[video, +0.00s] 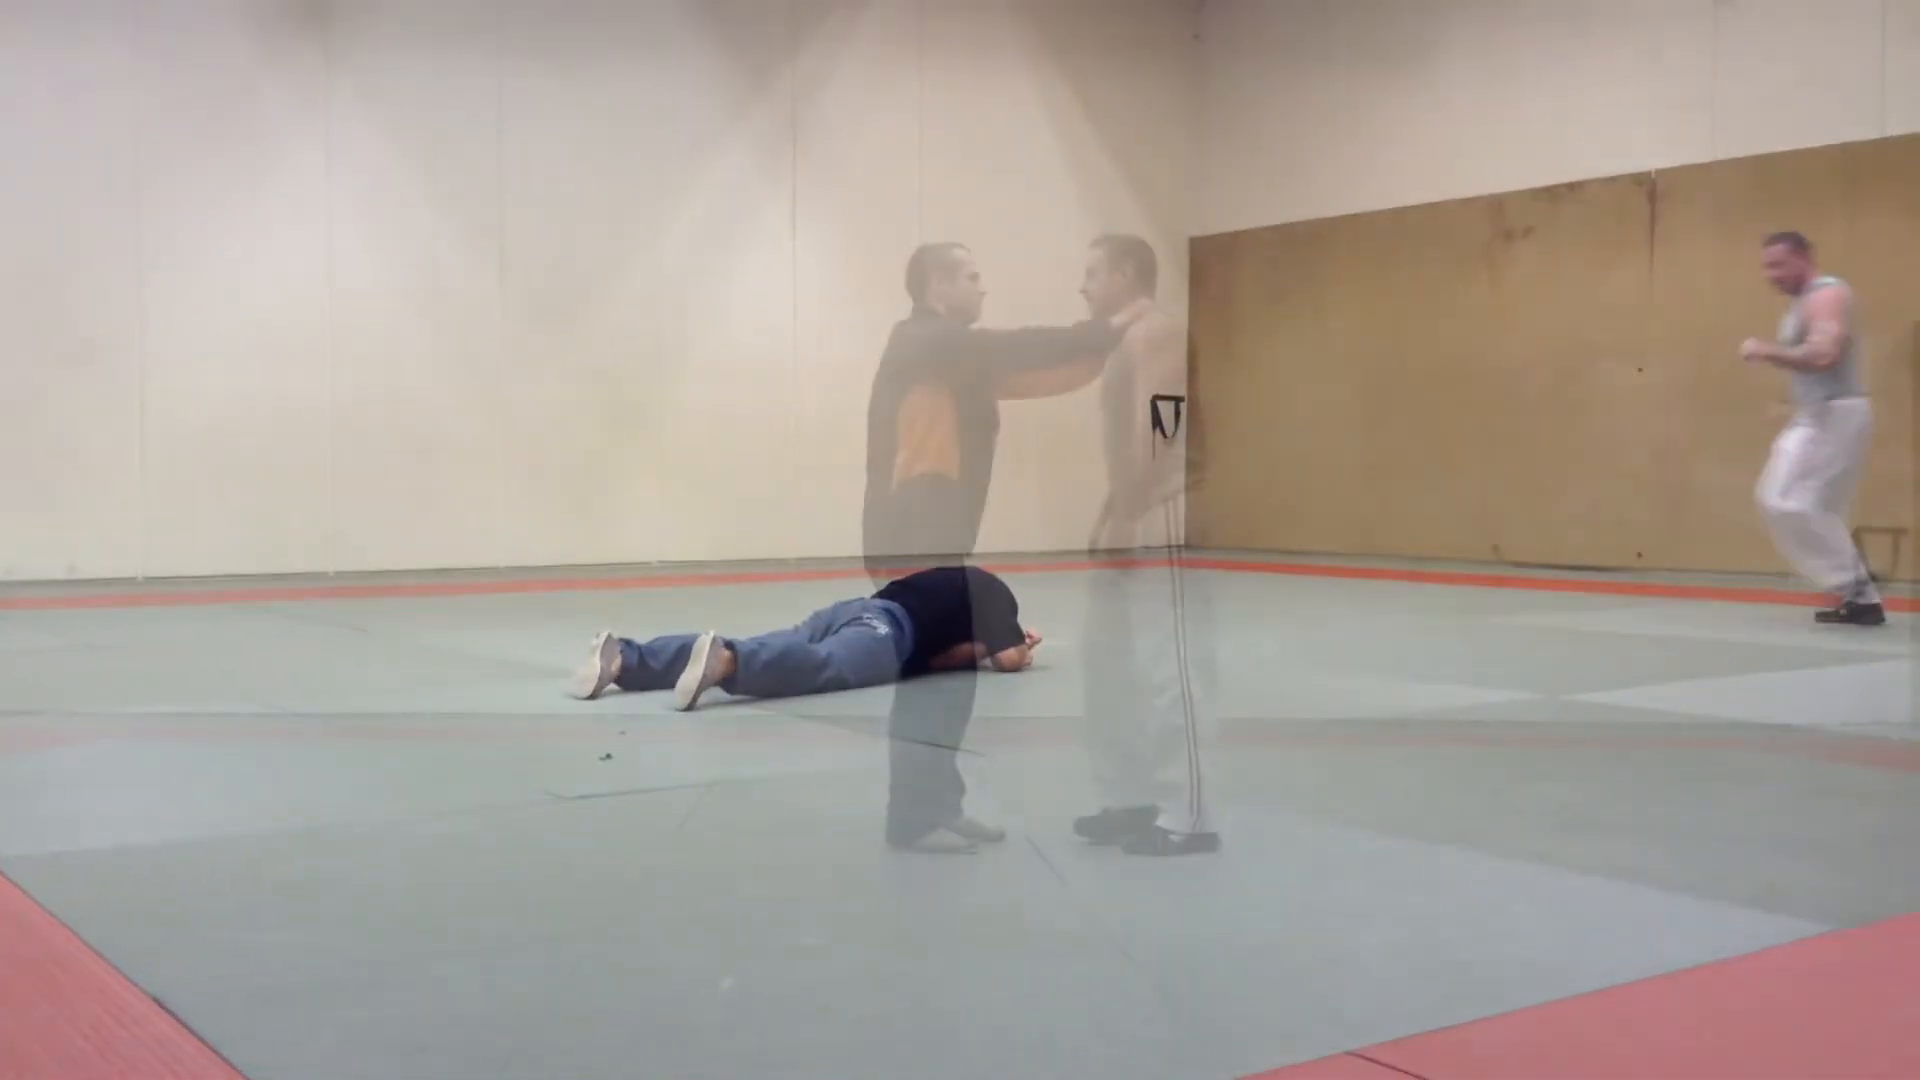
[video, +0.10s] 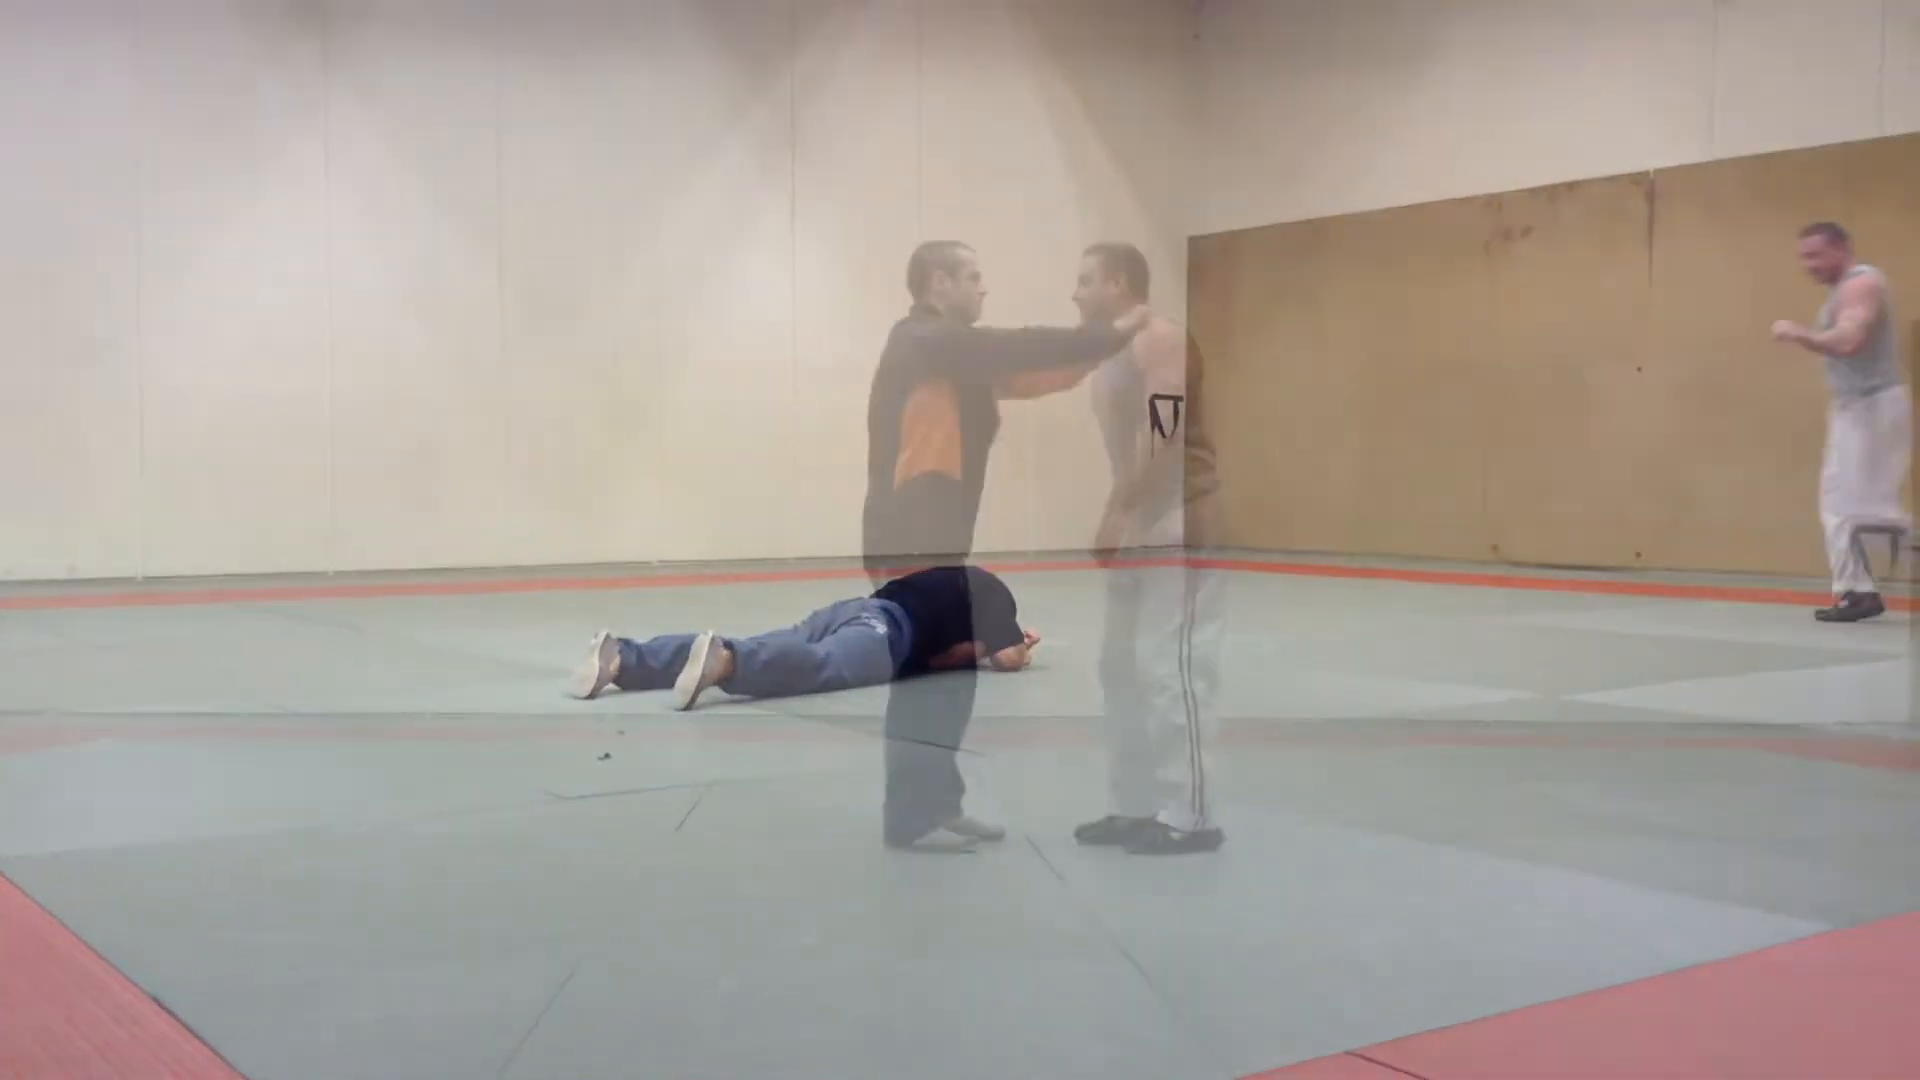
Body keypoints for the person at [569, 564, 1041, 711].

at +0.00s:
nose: (1015, 642)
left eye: (1013, 638)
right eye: (1015, 637)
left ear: (977, 597)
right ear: (1005, 605)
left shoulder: (944, 593)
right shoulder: (990, 592)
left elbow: (930, 659)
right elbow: (993, 654)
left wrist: (999, 652)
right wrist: (1012, 657)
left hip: (854, 610)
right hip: (890, 626)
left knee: (763, 647)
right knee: (823, 665)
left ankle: (625, 660)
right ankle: (731, 661)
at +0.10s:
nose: (1014, 639)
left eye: (1011, 635)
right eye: (1014, 630)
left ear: (967, 586)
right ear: (1000, 598)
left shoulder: (942, 592)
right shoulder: (986, 590)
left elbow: (930, 657)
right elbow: (993, 653)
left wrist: (1002, 647)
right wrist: (1013, 655)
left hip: (856, 610)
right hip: (889, 627)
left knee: (762, 645)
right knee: (823, 665)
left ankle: (623, 660)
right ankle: (730, 662)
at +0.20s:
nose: (1015, 638)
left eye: (1013, 630)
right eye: (1013, 629)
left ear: (981, 588)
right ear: (1000, 601)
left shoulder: (952, 585)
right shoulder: (986, 596)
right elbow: (993, 655)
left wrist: (1009, 640)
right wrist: (1014, 655)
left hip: (861, 610)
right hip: (889, 632)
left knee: (767, 644)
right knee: (820, 665)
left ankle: (623, 660)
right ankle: (727, 662)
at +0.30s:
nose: (1015, 634)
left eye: (1011, 626)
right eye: (1013, 623)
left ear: (979, 586)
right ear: (999, 601)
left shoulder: (951, 582)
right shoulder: (986, 599)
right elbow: (993, 656)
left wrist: (1008, 641)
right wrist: (1016, 654)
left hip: (864, 610)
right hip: (889, 636)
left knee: (769, 646)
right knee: (815, 667)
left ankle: (624, 662)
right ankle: (727, 662)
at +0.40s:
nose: (1017, 635)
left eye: (1010, 626)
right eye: (1015, 624)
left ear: (981, 589)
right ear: (1001, 603)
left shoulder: (951, 580)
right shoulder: (989, 602)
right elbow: (990, 658)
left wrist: (1004, 641)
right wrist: (1014, 656)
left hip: (870, 610)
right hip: (894, 638)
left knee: (775, 646)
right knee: (817, 666)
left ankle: (626, 663)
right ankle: (727, 663)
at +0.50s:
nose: (1016, 638)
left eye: (1011, 629)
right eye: (1011, 626)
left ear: (983, 592)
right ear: (999, 609)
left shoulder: (959, 579)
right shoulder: (984, 607)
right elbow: (988, 659)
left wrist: (1003, 642)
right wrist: (1015, 656)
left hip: (869, 612)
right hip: (893, 639)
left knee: (770, 649)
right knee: (815, 669)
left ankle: (625, 664)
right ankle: (728, 664)